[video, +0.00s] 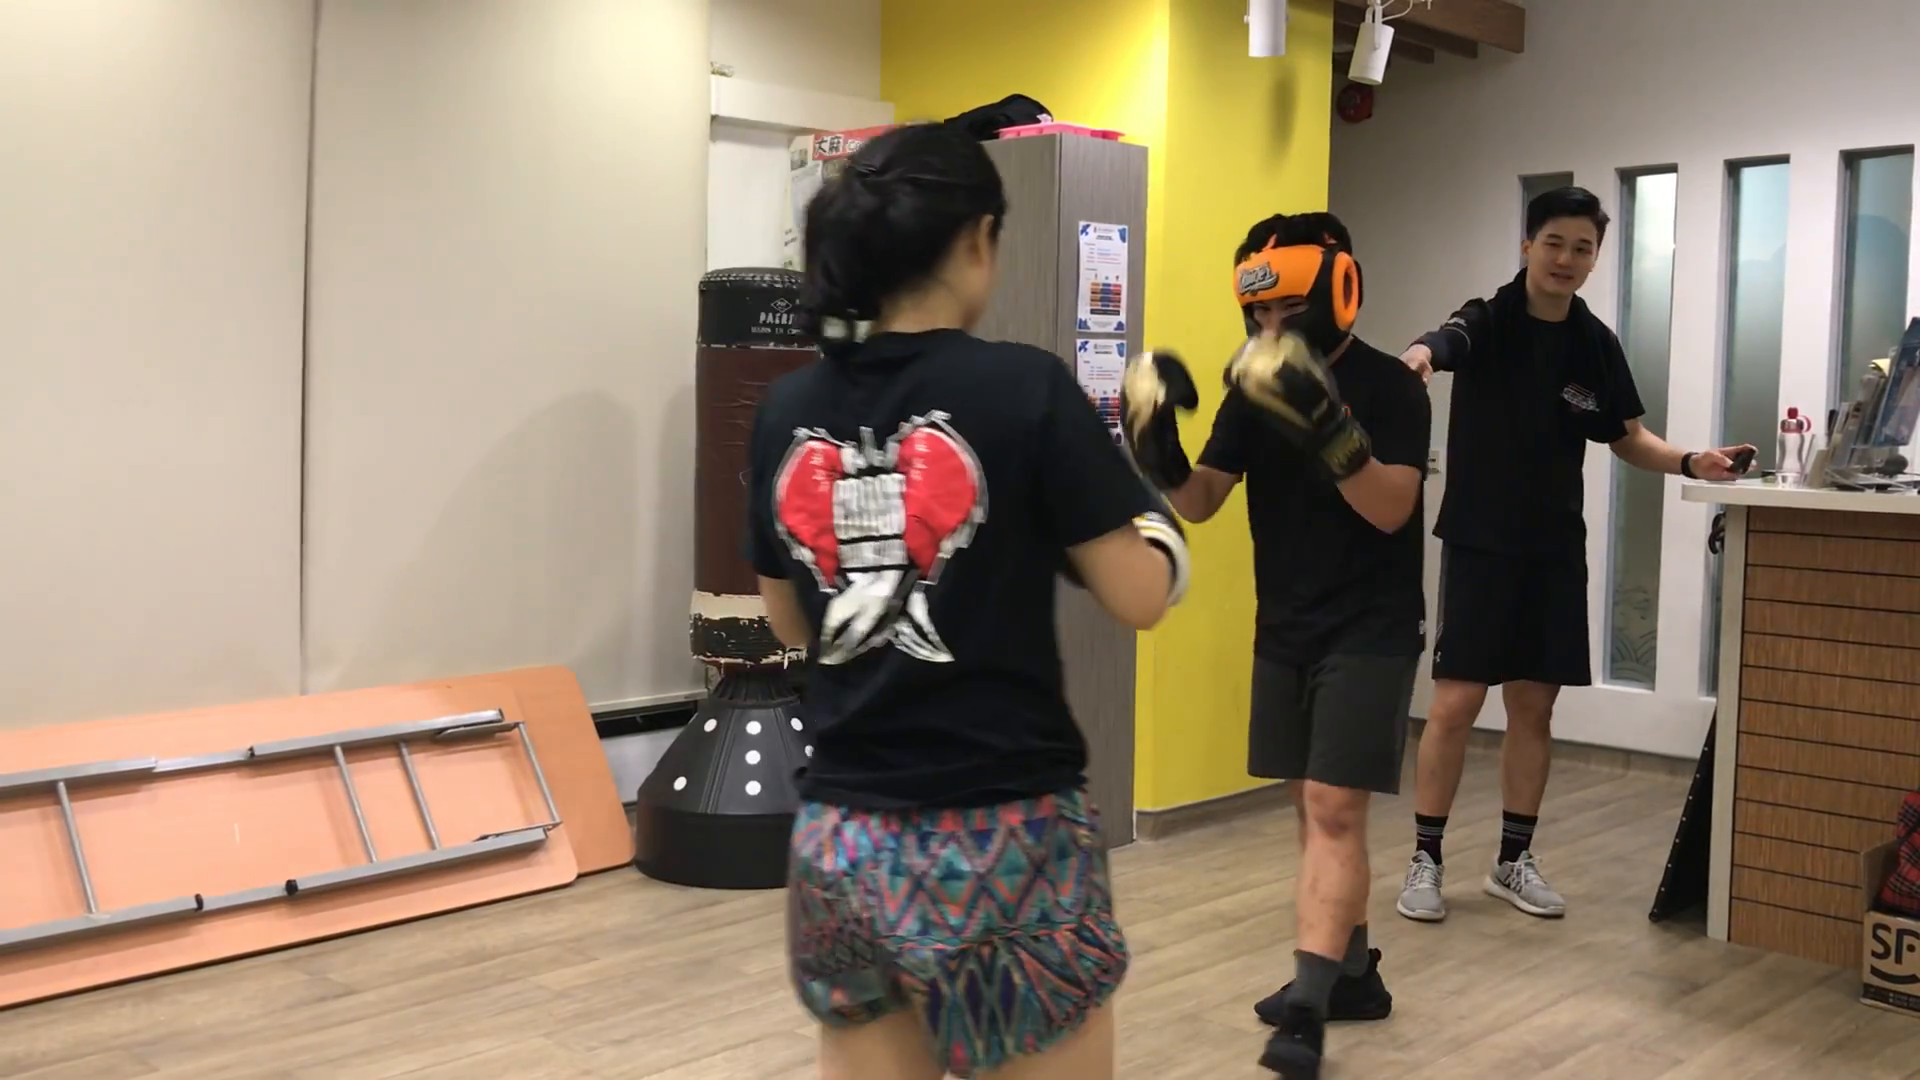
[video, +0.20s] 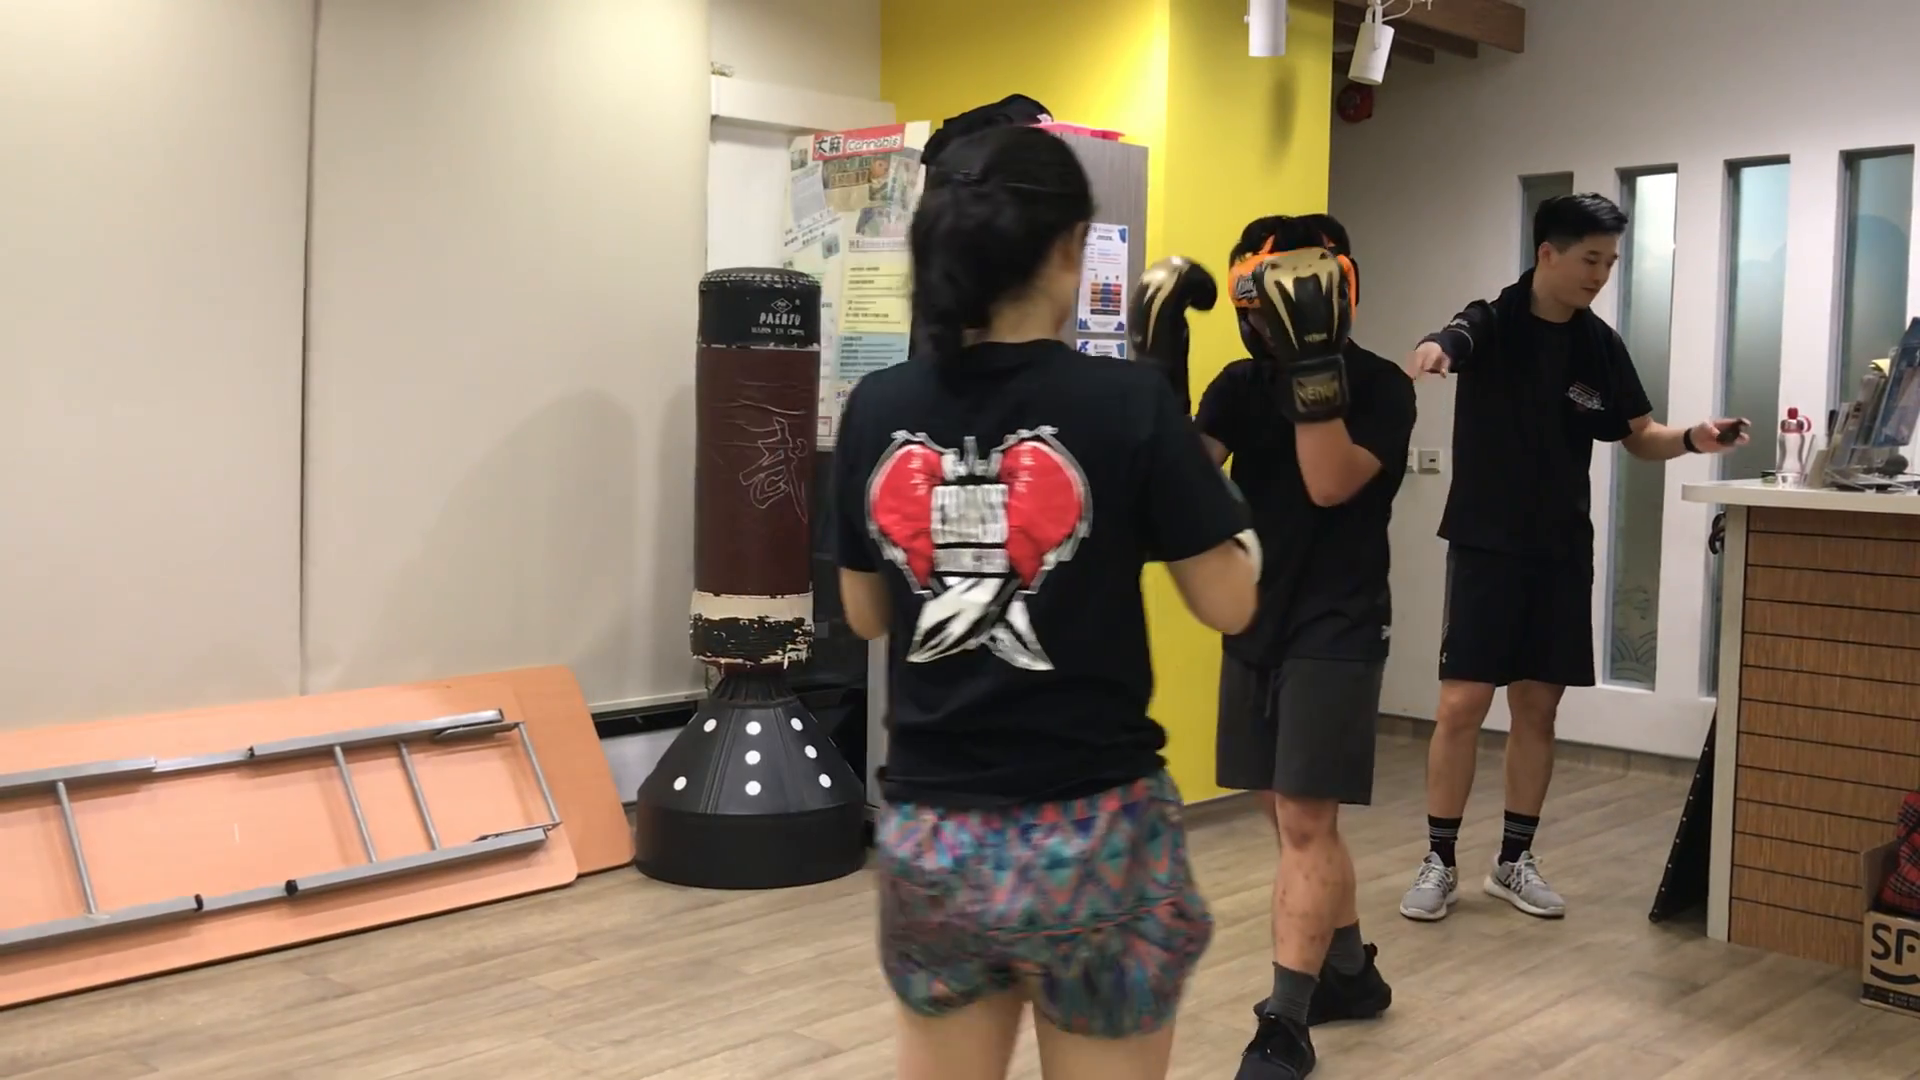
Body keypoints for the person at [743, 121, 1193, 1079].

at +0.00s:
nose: (994, 271)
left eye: (992, 244)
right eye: (994, 243)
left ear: (853, 246)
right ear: (971, 246)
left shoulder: (787, 410)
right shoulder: (1024, 388)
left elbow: (794, 620)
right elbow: (1142, 596)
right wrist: (1145, 489)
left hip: (840, 838)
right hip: (1007, 839)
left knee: (868, 1064)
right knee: (1048, 1061)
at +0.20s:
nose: (1085, 266)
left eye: (1083, 243)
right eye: (1084, 243)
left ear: (939, 246)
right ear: (1067, 249)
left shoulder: (879, 406)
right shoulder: (1129, 403)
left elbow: (867, 613)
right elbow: (1228, 602)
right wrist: (1196, 467)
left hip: (930, 827)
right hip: (1100, 826)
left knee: (939, 1066)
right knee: (1107, 1061)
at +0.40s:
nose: (1153, 257)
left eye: (1147, 235)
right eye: (1151, 237)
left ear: (1007, 251)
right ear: (1137, 256)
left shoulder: (947, 407)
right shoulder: (1199, 405)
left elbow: (922, 605)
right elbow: (1291, 589)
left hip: (990, 814)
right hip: (1154, 818)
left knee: (980, 1048)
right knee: (1133, 1064)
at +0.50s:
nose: (1157, 249)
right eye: (1157, 232)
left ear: (1011, 247)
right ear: (1146, 252)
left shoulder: (956, 406)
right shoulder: (1211, 403)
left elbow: (931, 598)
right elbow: (1293, 584)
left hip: (996, 812)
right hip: (1163, 820)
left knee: (986, 1050)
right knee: (1134, 1064)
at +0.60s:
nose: (1153, 257)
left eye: (1144, 238)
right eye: (1152, 240)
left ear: (1010, 254)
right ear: (1142, 260)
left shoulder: (954, 409)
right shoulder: (1205, 410)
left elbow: (930, 593)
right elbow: (1289, 581)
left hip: (994, 809)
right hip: (1157, 817)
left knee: (988, 1063)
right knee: (1130, 1064)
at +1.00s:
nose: (1068, 264)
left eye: (1059, 248)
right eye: (1064, 249)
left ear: (936, 261)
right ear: (1054, 262)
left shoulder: (896, 405)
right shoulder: (1111, 392)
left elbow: (888, 572)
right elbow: (1206, 542)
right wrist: (1157, 430)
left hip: (943, 774)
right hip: (1093, 769)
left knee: (982, 1043)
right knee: (1130, 1061)